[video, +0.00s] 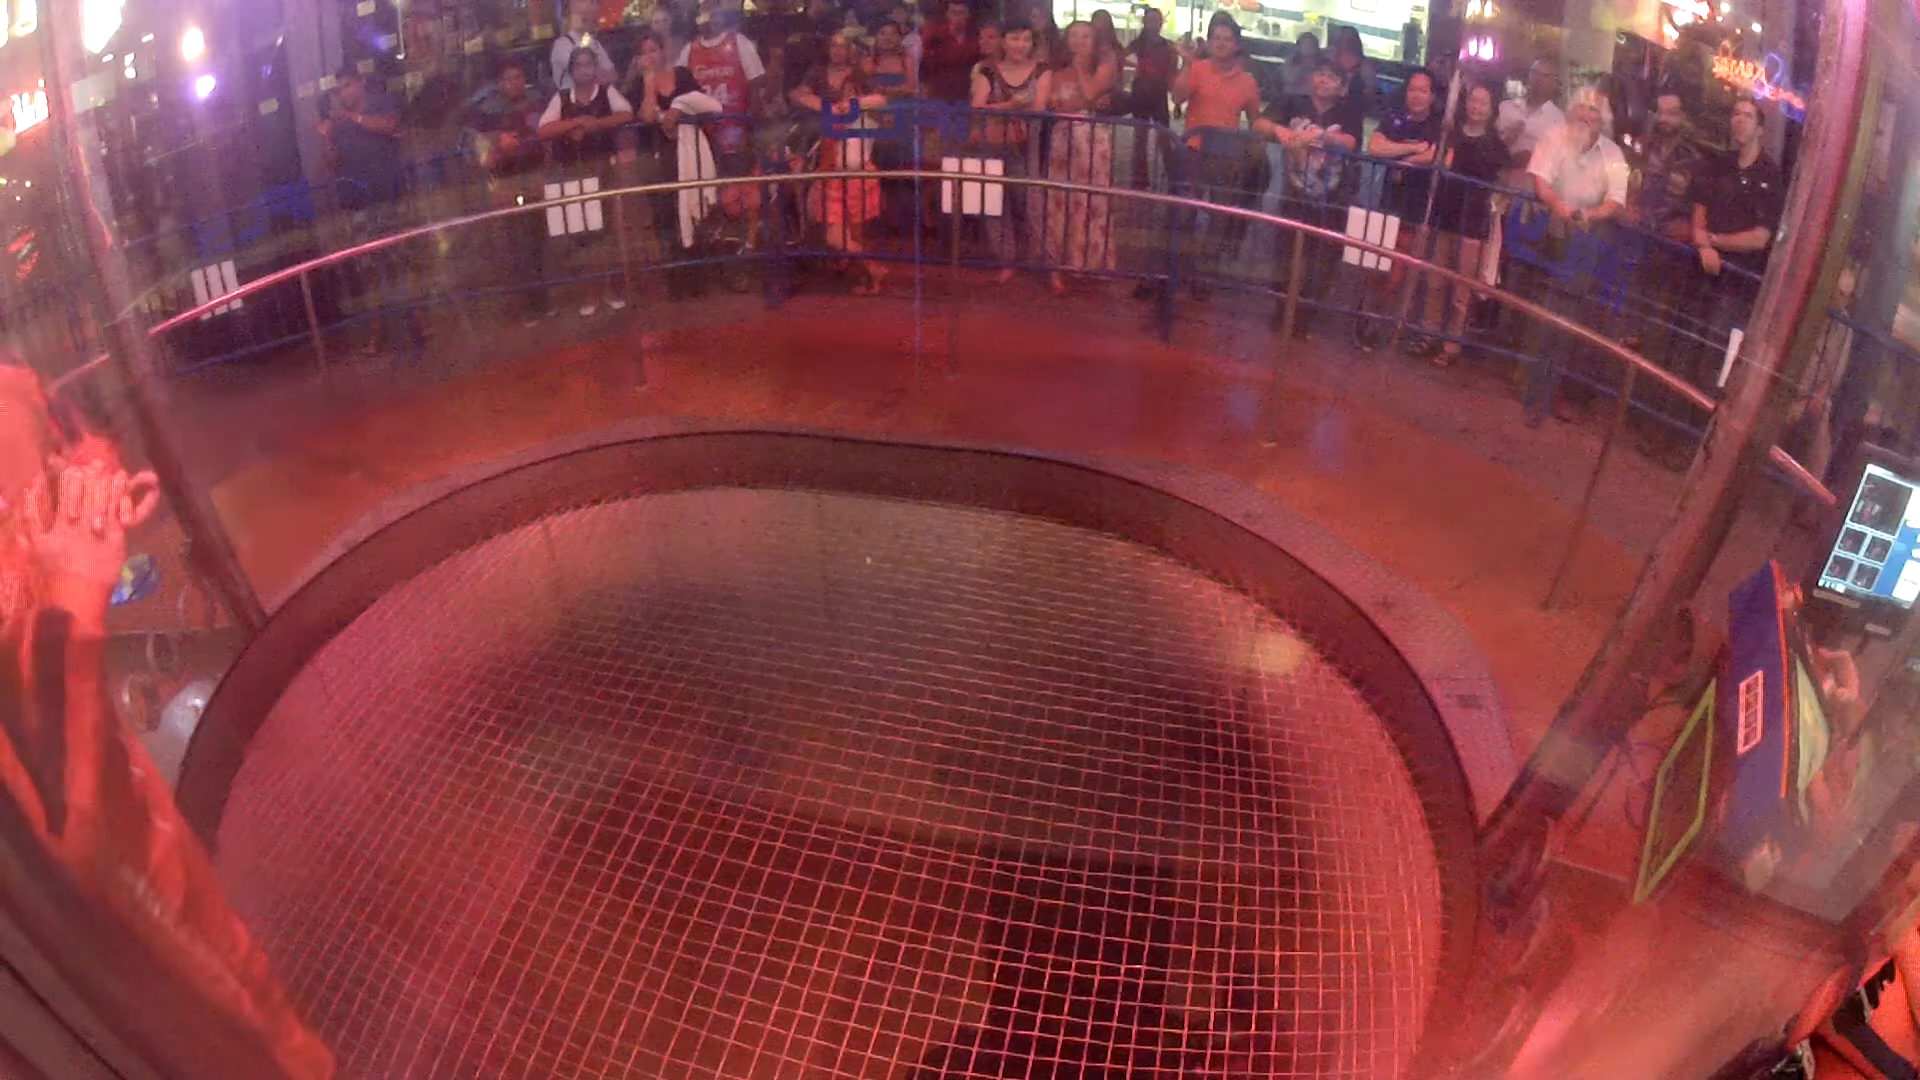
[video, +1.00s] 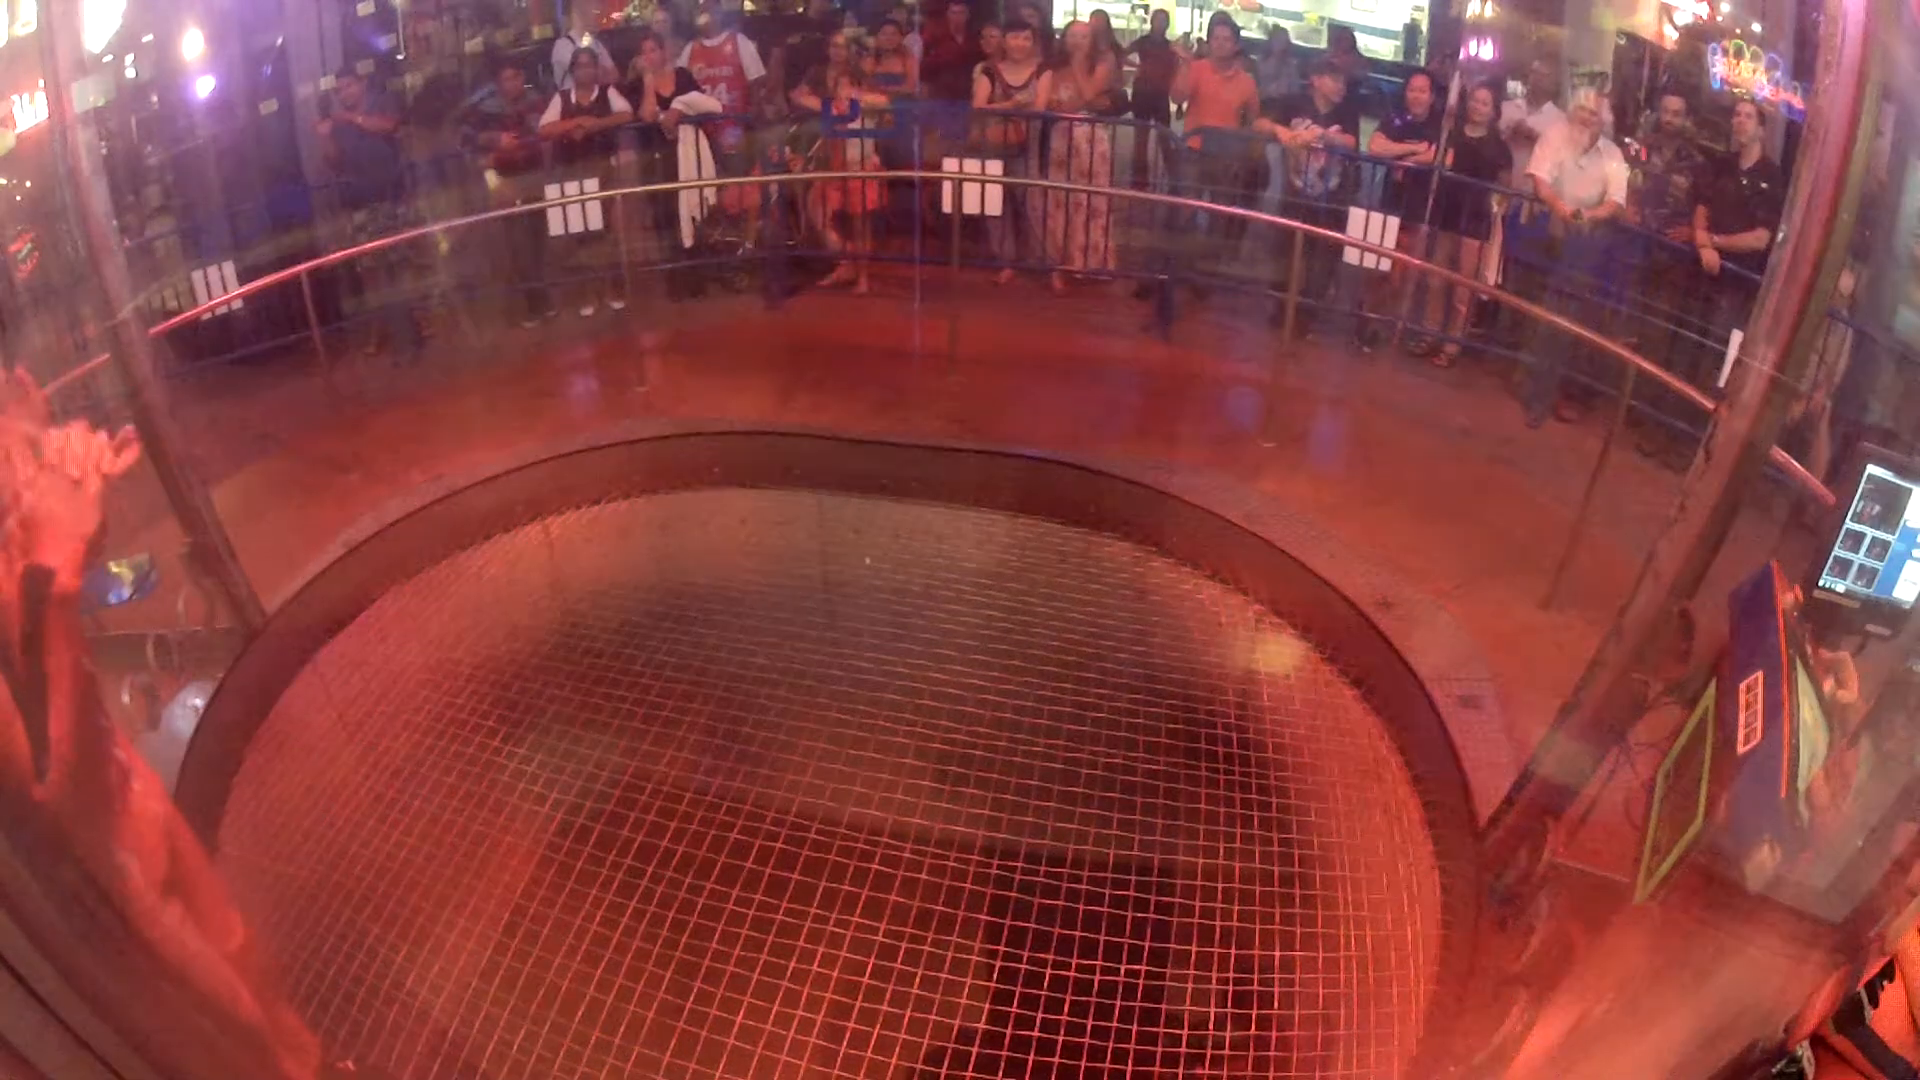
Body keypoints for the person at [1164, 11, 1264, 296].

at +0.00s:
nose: (1221, 43)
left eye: (1227, 38)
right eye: (1216, 37)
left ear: (1237, 44)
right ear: (1208, 41)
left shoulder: (1246, 80)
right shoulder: (1197, 68)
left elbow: (1256, 121)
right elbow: (1178, 96)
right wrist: (1187, 63)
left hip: (1228, 151)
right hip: (1194, 146)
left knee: (1220, 214)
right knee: (1182, 209)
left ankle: (1204, 272)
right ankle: (1169, 270)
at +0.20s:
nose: (1221, 43)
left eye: (1227, 39)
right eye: (1216, 37)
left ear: (1237, 44)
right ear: (1208, 41)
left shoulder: (1246, 81)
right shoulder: (1196, 69)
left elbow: (1256, 122)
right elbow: (1177, 96)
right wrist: (1186, 64)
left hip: (1228, 151)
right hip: (1194, 146)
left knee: (1221, 214)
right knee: (1182, 209)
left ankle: (1204, 273)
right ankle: (1170, 270)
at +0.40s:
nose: (1221, 44)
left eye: (1227, 39)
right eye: (1216, 38)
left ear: (1237, 44)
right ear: (1208, 41)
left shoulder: (1245, 81)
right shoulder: (1196, 69)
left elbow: (1256, 121)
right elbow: (1177, 96)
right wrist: (1187, 65)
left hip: (1227, 152)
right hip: (1194, 147)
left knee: (1221, 214)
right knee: (1182, 210)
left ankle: (1205, 274)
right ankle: (1171, 270)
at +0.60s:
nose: (1221, 44)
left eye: (1227, 39)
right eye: (1216, 38)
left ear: (1237, 45)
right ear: (1208, 41)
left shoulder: (1245, 80)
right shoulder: (1196, 69)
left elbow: (1255, 120)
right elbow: (1178, 97)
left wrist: (1273, 133)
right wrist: (1184, 63)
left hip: (1227, 154)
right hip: (1193, 148)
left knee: (1220, 217)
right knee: (1183, 211)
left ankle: (1206, 275)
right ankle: (1171, 271)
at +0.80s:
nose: (1220, 44)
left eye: (1226, 39)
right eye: (1215, 38)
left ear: (1236, 45)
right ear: (1207, 41)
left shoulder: (1245, 80)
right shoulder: (1196, 69)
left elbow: (1256, 119)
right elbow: (1178, 97)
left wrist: (1251, 145)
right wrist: (1184, 64)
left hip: (1228, 152)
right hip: (1194, 147)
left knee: (1220, 215)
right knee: (1183, 209)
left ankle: (1206, 274)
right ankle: (1172, 269)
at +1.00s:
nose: (1220, 43)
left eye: (1226, 39)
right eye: (1215, 38)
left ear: (1236, 45)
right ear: (1208, 41)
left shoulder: (1246, 81)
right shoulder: (1196, 69)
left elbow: (1254, 120)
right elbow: (1177, 97)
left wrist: (1276, 131)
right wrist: (1184, 64)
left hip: (1228, 153)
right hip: (1194, 148)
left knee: (1223, 213)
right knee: (1185, 205)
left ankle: (1209, 270)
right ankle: (1172, 265)